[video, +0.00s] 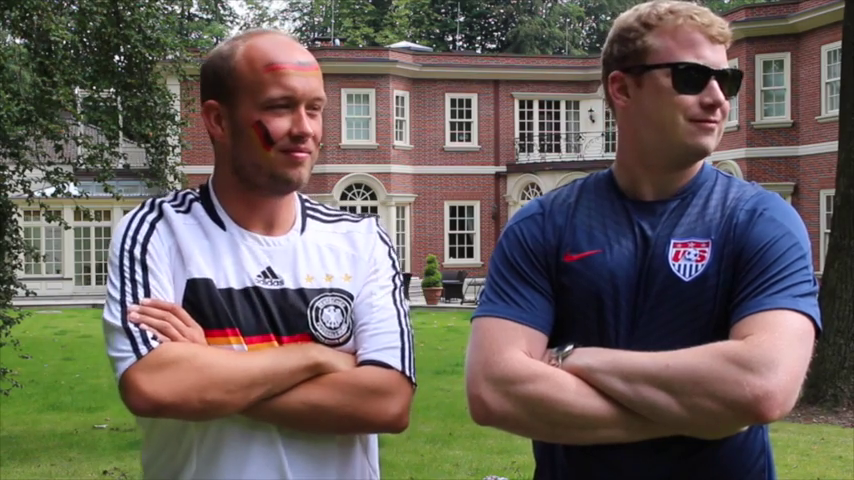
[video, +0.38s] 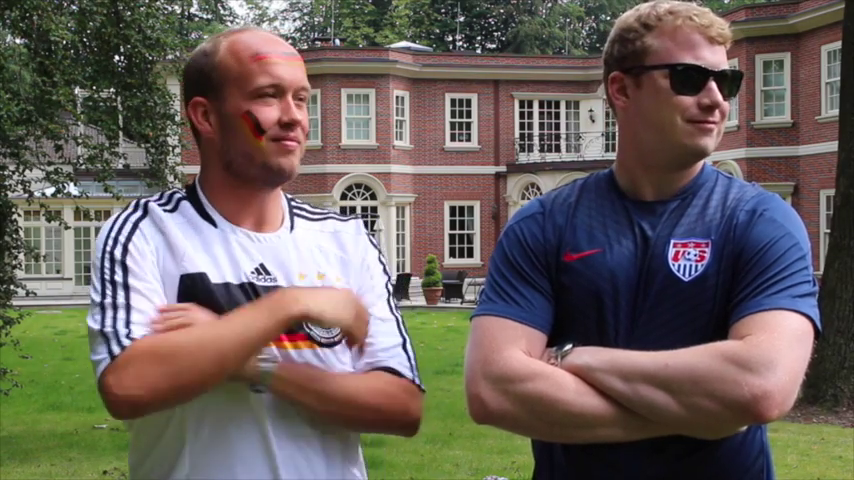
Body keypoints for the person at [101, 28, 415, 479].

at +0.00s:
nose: (305, 129)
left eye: (314, 109)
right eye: (280, 107)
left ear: (324, 117)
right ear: (216, 121)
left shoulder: (361, 239)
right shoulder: (152, 229)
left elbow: (389, 403)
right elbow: (146, 386)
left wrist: (214, 376)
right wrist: (318, 358)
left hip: (338, 475)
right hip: (201, 473)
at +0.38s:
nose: (294, 115)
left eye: (301, 98)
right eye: (269, 95)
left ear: (309, 109)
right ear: (204, 117)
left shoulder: (348, 240)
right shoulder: (140, 232)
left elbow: (403, 406)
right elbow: (125, 388)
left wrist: (248, 361)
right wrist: (289, 304)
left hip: (330, 474)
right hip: (191, 472)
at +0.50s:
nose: (288, 122)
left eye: (295, 103)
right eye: (263, 100)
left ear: (304, 110)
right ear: (197, 119)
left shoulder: (339, 242)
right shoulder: (136, 239)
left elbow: (405, 411)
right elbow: (169, 407)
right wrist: (342, 322)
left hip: (323, 475)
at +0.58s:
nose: (284, 132)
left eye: (290, 111)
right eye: (259, 111)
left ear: (298, 119)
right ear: (191, 128)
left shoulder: (329, 243)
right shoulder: (141, 256)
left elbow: (366, 383)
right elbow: (230, 414)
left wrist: (386, 421)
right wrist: (412, 404)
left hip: (316, 470)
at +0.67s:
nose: (283, 150)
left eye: (287, 129)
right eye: (256, 131)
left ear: (295, 132)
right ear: (188, 152)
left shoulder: (316, 252)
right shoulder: (158, 284)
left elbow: (362, 403)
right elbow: (299, 425)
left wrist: (459, 458)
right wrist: (495, 458)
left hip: (318, 472)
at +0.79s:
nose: (291, 180)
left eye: (296, 158)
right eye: (265, 159)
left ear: (303, 161)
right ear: (196, 176)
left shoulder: (299, 268)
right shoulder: (163, 308)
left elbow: (348, 416)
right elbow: (304, 450)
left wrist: (447, 475)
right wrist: (517, 461)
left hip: (262, 466)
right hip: (148, 467)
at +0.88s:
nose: (287, 186)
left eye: (291, 162)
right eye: (263, 164)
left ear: (295, 160)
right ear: (190, 174)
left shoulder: (279, 272)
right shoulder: (137, 296)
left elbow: (314, 420)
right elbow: (242, 463)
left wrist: (415, 477)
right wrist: (441, 471)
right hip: (132, 472)